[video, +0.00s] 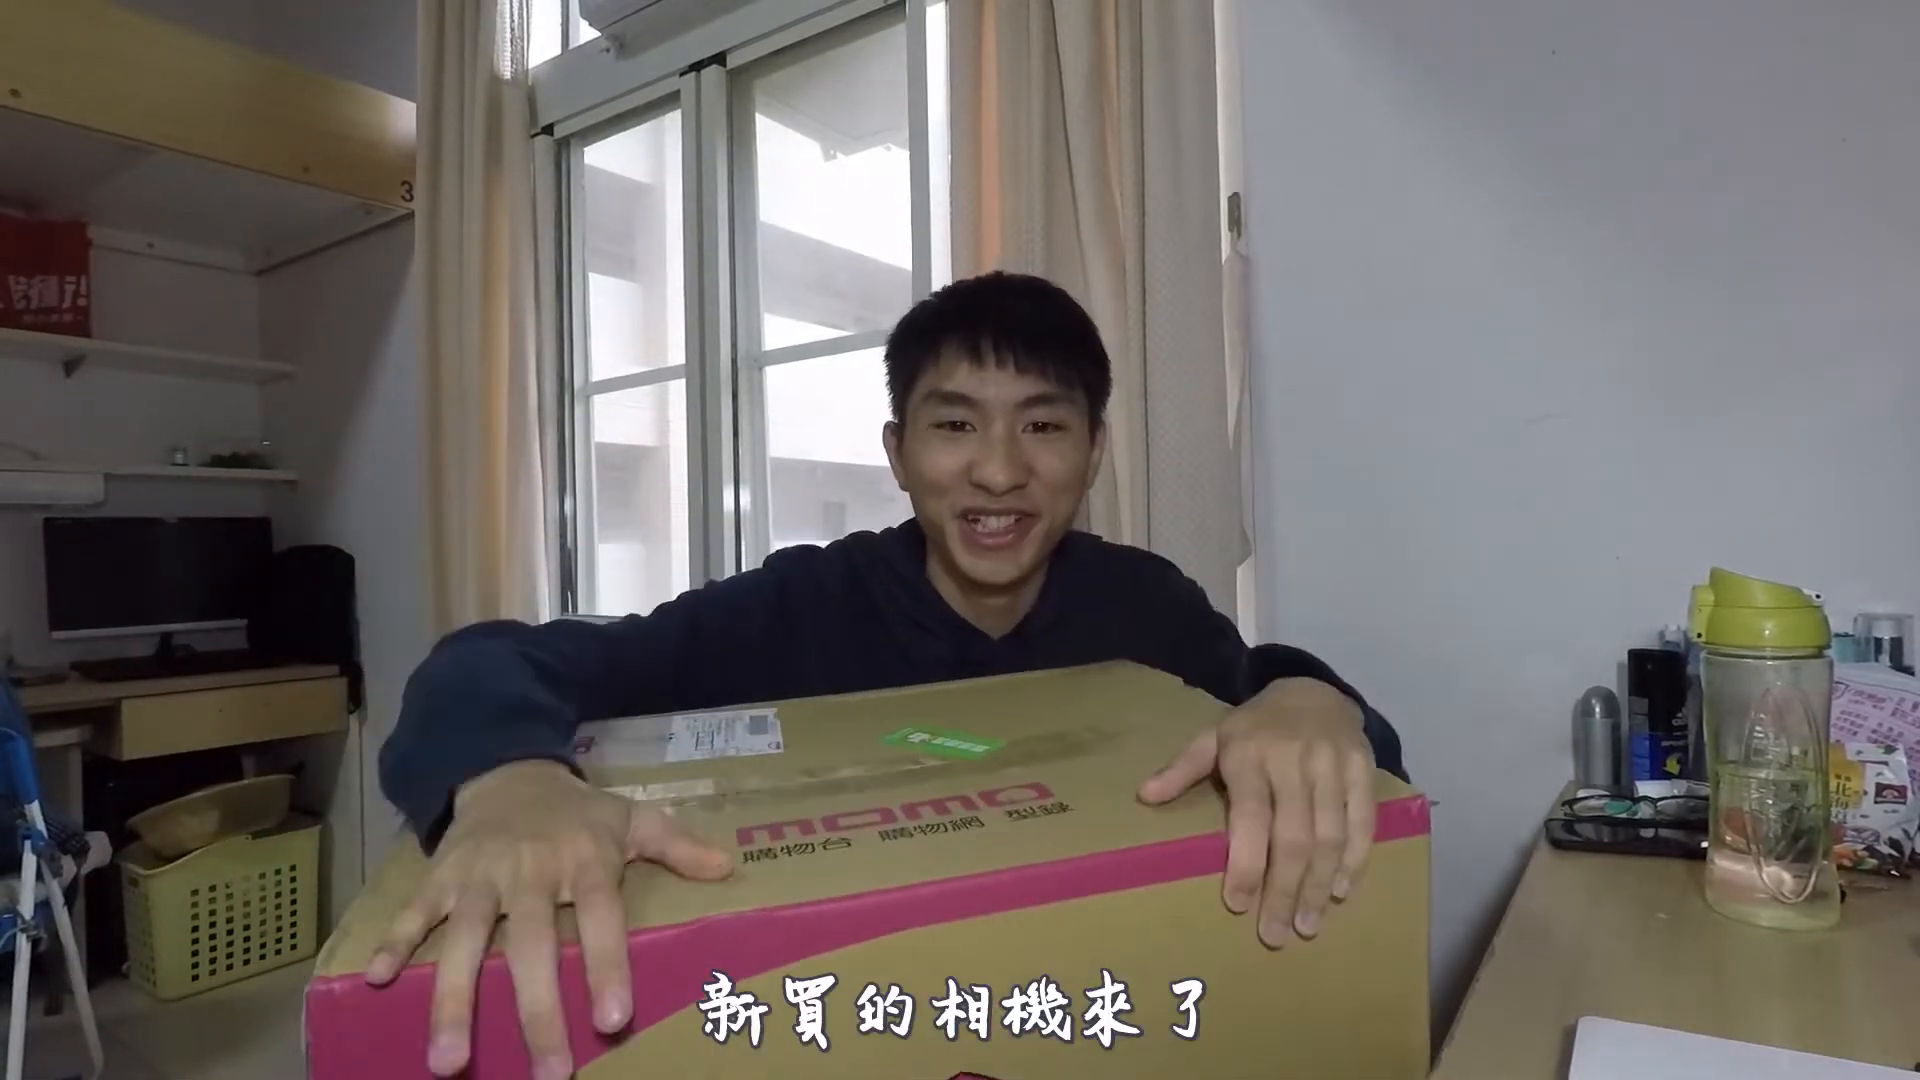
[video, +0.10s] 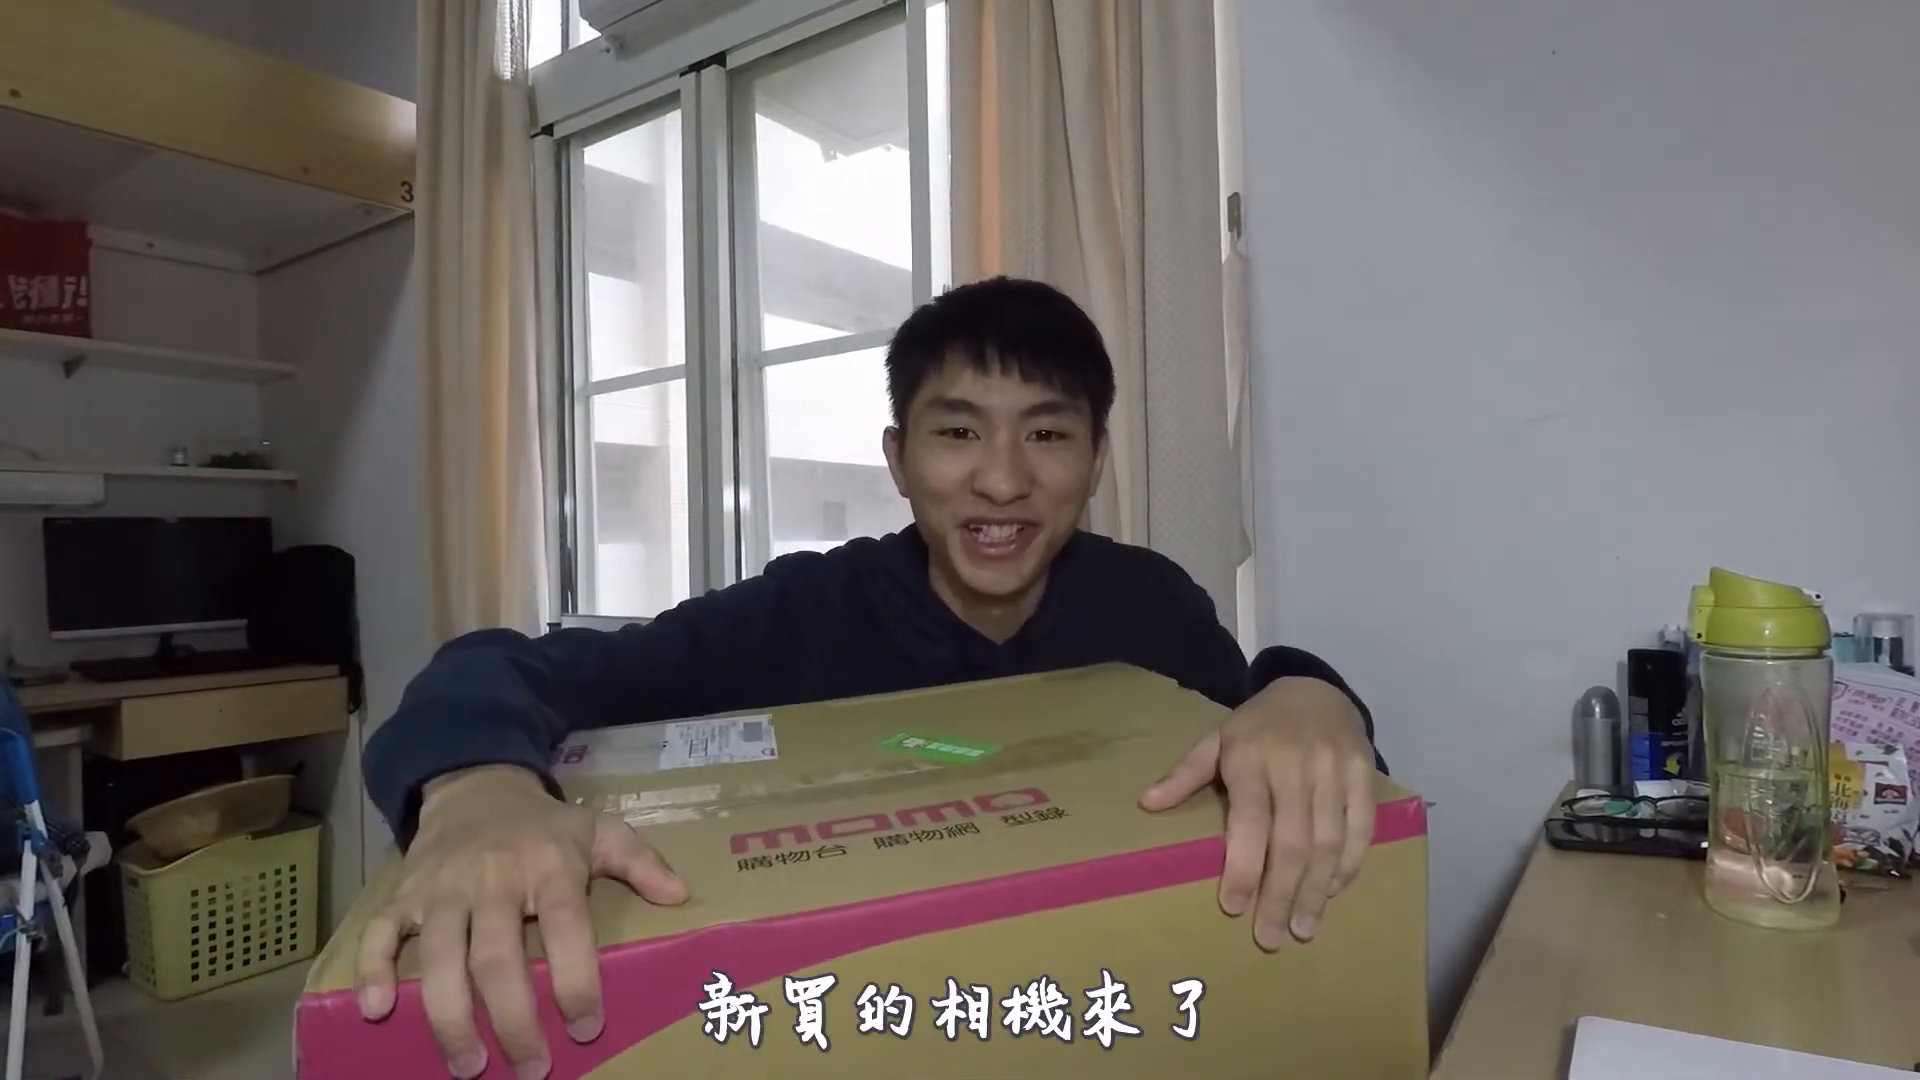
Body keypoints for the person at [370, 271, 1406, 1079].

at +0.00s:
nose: (999, 470)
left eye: (1044, 429)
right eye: (954, 425)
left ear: (1093, 451)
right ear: (898, 447)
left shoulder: (1144, 608)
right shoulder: (811, 610)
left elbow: (1333, 732)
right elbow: (484, 663)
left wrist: (1307, 699)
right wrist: (507, 778)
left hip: (1114, 1025)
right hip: (847, 1027)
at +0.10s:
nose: (1001, 480)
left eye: (1045, 436)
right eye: (958, 433)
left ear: (1095, 457)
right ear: (900, 453)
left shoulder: (1146, 606)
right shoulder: (811, 617)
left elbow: (1264, 721)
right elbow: (491, 670)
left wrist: (1309, 687)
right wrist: (476, 792)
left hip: (1125, 1019)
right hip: (860, 1023)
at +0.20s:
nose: (1001, 492)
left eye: (1046, 447)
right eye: (956, 445)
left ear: (1098, 465)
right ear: (899, 461)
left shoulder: (1152, 615)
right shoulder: (814, 619)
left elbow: (1252, 746)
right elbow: (496, 672)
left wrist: (1316, 694)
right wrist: (479, 796)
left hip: (1114, 1023)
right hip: (853, 1024)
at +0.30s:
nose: (1003, 499)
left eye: (1048, 450)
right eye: (958, 450)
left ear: (1101, 466)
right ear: (899, 464)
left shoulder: (1153, 616)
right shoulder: (817, 621)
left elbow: (1257, 746)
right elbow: (499, 675)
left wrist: (1321, 700)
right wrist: (473, 810)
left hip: (1118, 1025)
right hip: (852, 1025)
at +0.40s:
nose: (1003, 502)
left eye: (1048, 455)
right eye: (959, 452)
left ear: (1101, 471)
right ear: (900, 465)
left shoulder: (1154, 618)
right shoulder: (819, 620)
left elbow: (1256, 750)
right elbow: (501, 674)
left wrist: (1324, 702)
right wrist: (473, 809)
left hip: (1114, 1025)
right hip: (851, 1025)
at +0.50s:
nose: (1004, 503)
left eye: (1049, 456)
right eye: (960, 453)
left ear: (1101, 473)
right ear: (900, 468)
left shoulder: (1152, 618)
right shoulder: (820, 624)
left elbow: (1261, 748)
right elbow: (503, 674)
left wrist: (1323, 702)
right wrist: (473, 808)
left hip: (1120, 1024)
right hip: (858, 1024)